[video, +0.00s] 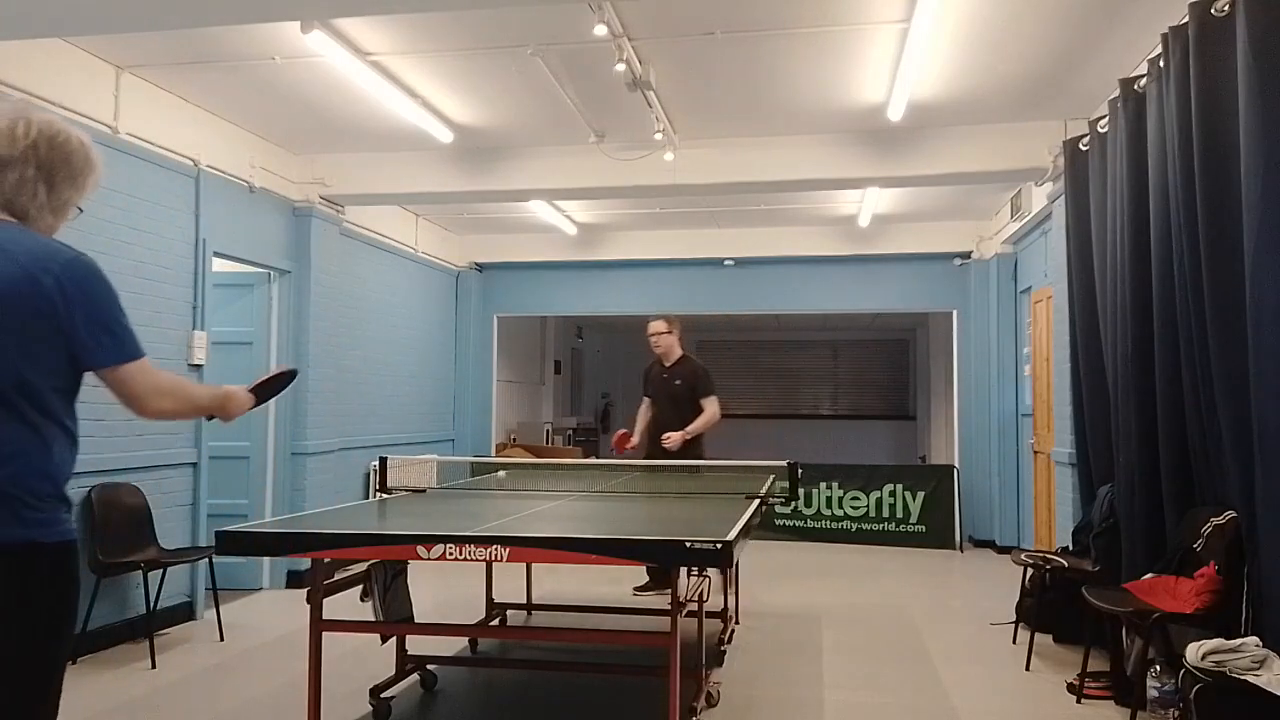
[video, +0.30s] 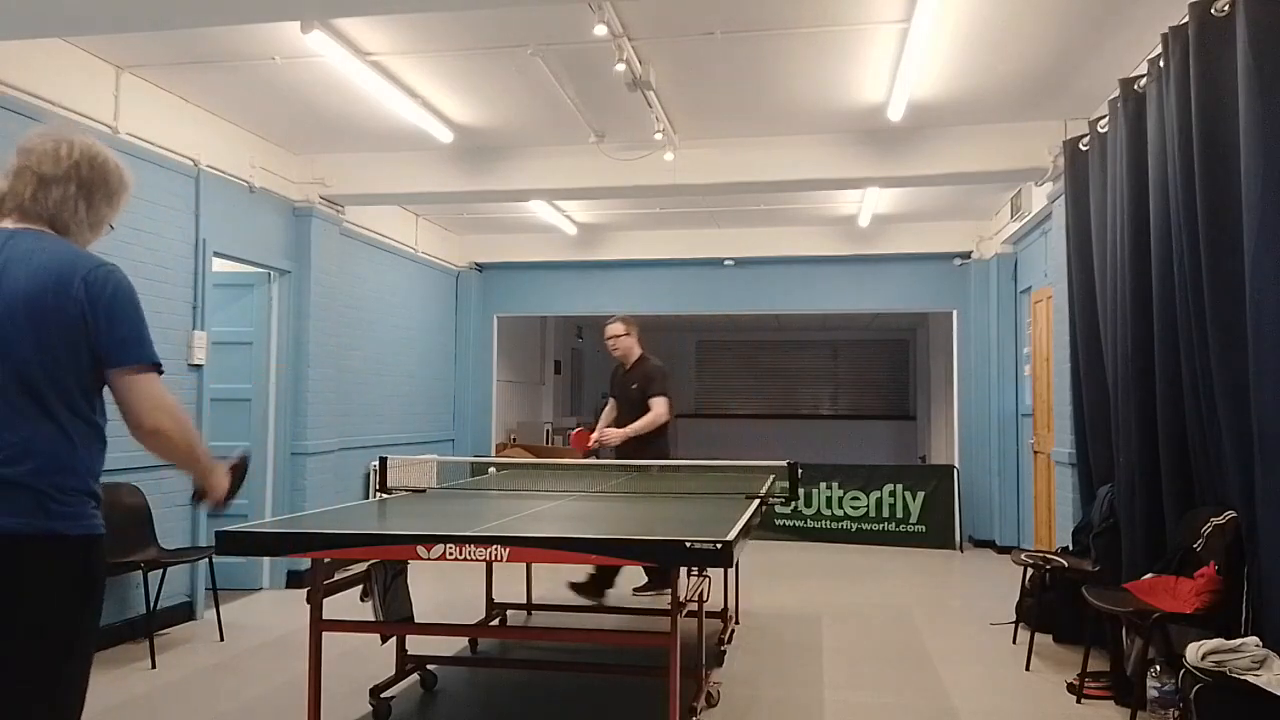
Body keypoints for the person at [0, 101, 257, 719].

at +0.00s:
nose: (75, 208)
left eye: (78, 194)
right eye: (72, 194)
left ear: (5, 176)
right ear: (51, 192)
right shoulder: (57, 270)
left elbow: (145, 391)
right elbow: (145, 393)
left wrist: (210, 400)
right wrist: (218, 400)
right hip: (25, 544)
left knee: (25, 700)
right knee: (27, 705)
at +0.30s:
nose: (105, 228)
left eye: (108, 218)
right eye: (104, 216)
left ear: (14, 187)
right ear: (86, 211)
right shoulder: (90, 278)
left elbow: (151, 415)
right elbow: (150, 417)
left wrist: (205, 467)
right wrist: (207, 471)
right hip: (48, 541)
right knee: (43, 704)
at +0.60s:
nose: (132, 249)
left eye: (136, 238)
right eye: (132, 235)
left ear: (50, 213)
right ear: (107, 224)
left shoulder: (8, 268)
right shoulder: (110, 280)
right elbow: (118, 396)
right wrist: (161, 515)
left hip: (8, 530)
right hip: (71, 540)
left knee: (14, 697)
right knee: (73, 703)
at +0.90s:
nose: (157, 252)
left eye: (161, 239)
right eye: (157, 236)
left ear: (78, 216)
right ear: (129, 222)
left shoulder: (15, 286)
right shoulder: (126, 277)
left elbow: (18, 403)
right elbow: (134, 391)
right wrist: (195, 501)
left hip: (10, 527)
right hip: (92, 529)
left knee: (21, 690)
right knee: (115, 694)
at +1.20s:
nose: (191, 249)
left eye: (194, 237)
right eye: (191, 236)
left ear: (110, 218)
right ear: (172, 227)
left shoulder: (49, 287)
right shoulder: (176, 281)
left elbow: (51, 405)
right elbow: (200, 406)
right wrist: (245, 504)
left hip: (39, 531)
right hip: (136, 530)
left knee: (46, 697)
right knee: (149, 698)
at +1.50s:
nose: (226, 245)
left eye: (229, 234)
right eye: (225, 232)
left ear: (141, 214)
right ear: (207, 222)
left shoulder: (71, 283)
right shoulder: (220, 282)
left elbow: (52, 392)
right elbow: (247, 407)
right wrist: (291, 514)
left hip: (57, 526)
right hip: (164, 528)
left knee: (60, 697)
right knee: (169, 699)